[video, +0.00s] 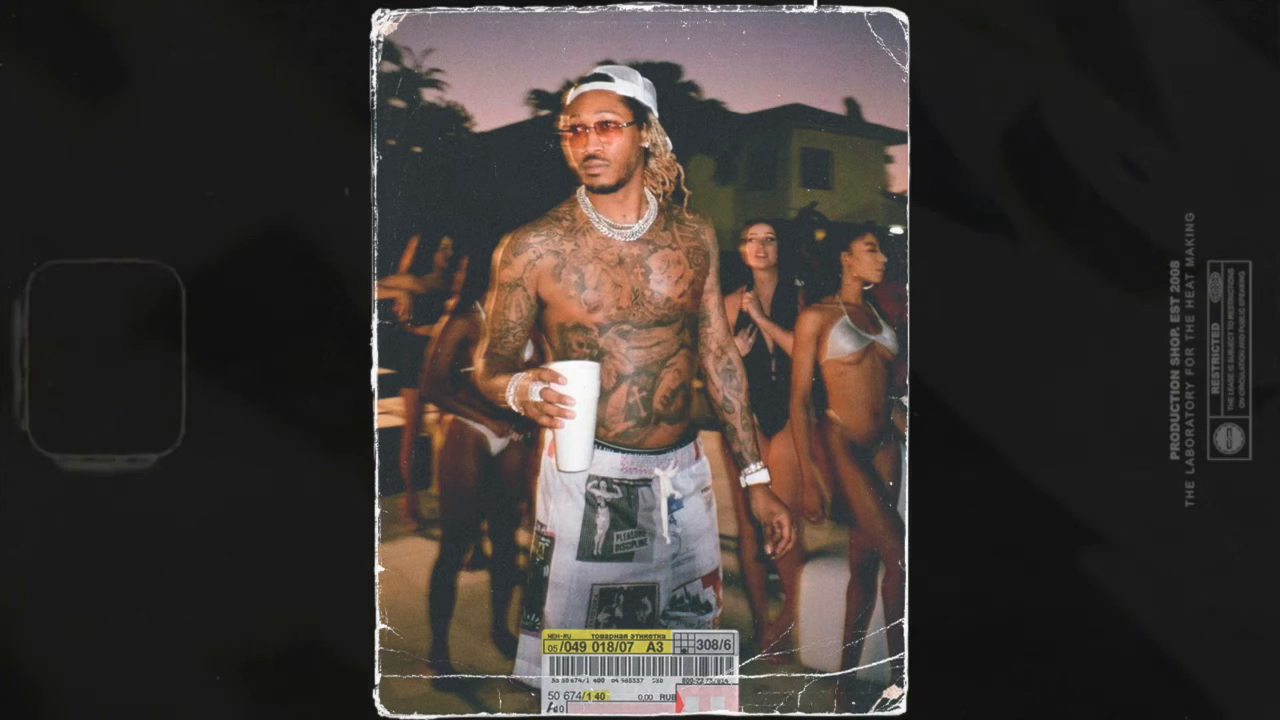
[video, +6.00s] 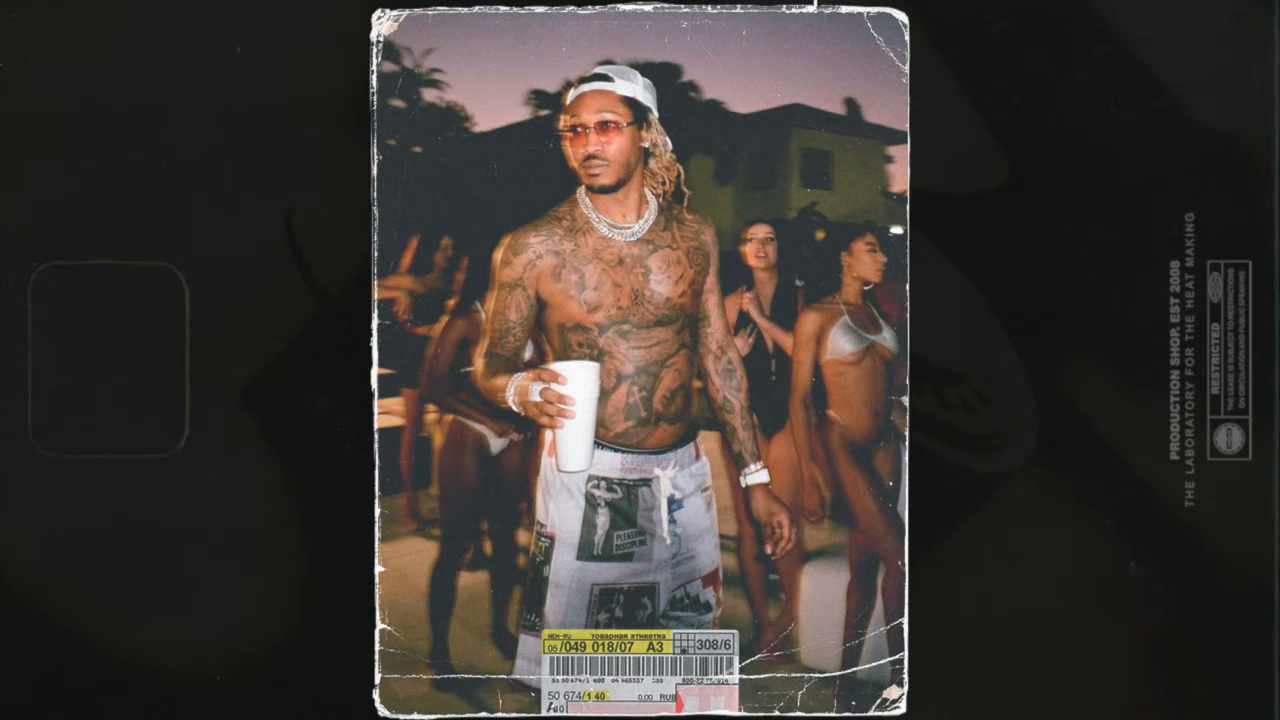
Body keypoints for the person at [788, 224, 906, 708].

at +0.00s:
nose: (882, 259)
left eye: (882, 251)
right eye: (871, 251)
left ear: (875, 262)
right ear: (843, 259)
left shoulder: (878, 316)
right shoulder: (818, 317)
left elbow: (885, 392)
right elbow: (798, 405)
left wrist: (900, 431)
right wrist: (813, 479)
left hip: (883, 448)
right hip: (839, 449)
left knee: (864, 563)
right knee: (898, 551)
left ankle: (846, 674)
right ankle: (902, 670)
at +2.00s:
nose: (882, 259)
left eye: (882, 251)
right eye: (871, 251)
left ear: (873, 262)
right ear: (843, 259)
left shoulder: (878, 316)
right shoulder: (818, 317)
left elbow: (887, 390)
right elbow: (799, 403)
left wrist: (901, 428)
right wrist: (813, 478)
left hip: (882, 447)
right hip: (838, 448)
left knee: (863, 563)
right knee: (898, 552)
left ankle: (846, 673)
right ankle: (902, 671)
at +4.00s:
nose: (882, 259)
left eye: (881, 251)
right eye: (871, 251)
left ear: (870, 261)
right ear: (844, 259)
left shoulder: (877, 315)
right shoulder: (818, 317)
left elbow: (885, 392)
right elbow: (798, 403)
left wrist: (903, 437)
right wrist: (813, 477)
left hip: (881, 448)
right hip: (838, 449)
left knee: (864, 563)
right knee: (898, 553)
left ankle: (846, 674)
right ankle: (902, 670)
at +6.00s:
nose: (882, 259)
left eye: (881, 251)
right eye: (872, 251)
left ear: (869, 262)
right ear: (844, 259)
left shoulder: (876, 315)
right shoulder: (817, 317)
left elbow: (885, 392)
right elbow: (798, 403)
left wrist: (901, 441)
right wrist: (814, 479)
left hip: (881, 448)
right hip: (838, 449)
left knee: (863, 564)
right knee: (898, 552)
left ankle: (847, 673)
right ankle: (903, 670)